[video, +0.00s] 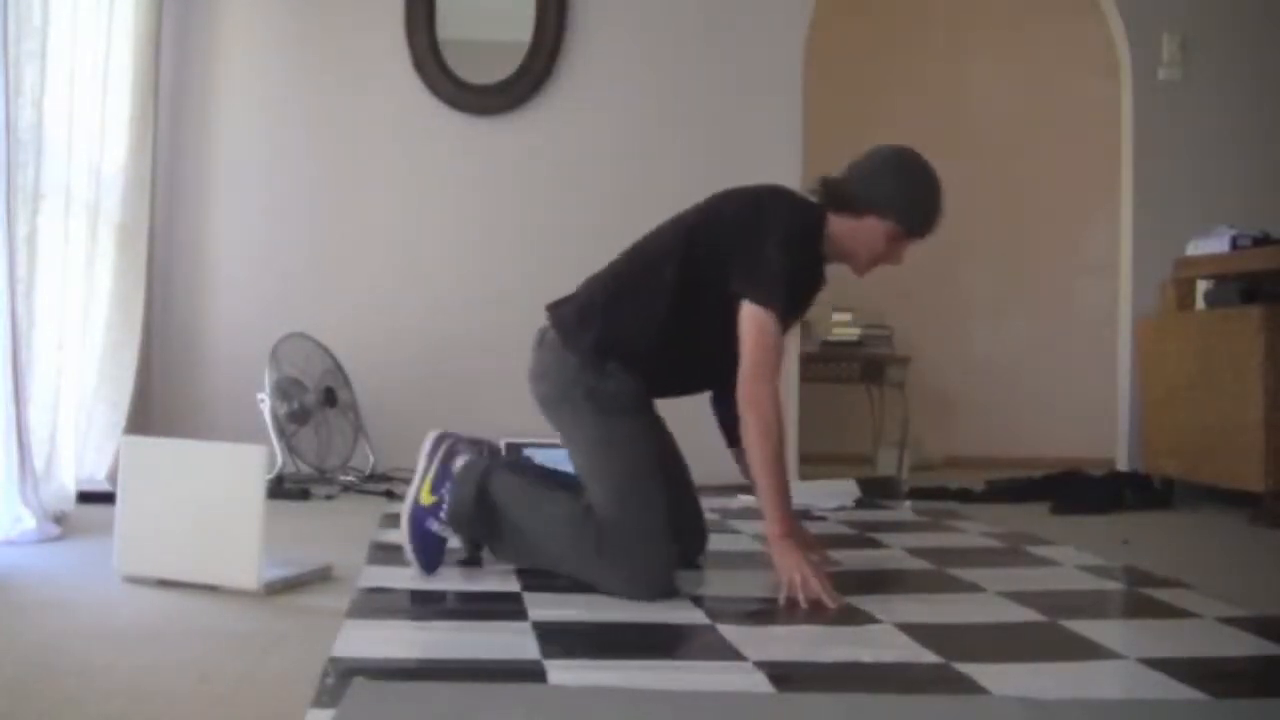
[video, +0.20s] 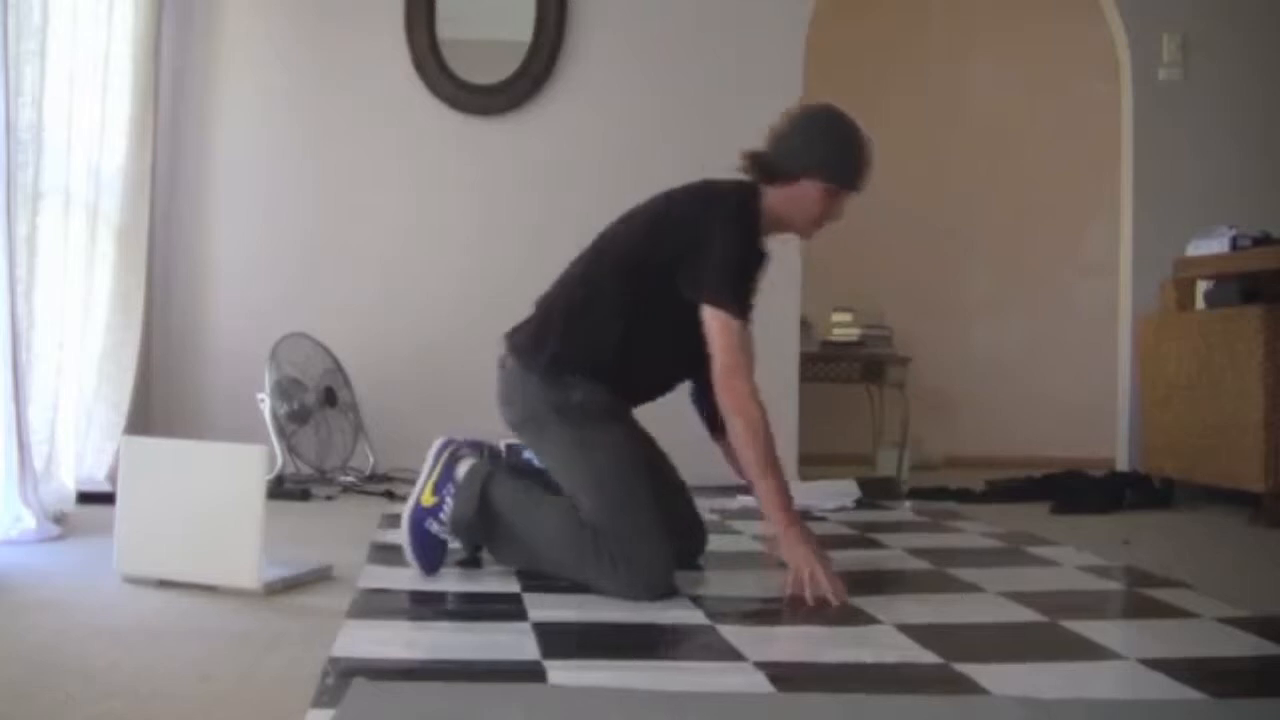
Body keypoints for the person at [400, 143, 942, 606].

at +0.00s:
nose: (897, 258)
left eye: (906, 246)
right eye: (901, 239)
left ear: (866, 212)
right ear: (869, 209)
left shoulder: (797, 252)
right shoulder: (782, 226)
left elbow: (737, 397)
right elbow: (754, 388)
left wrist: (781, 517)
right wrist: (781, 534)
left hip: (617, 377)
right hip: (581, 365)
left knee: (681, 541)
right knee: (640, 569)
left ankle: (503, 481)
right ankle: (469, 486)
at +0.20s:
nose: (837, 215)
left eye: (843, 200)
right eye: (838, 197)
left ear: (801, 179)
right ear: (809, 182)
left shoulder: (733, 228)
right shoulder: (725, 221)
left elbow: (714, 392)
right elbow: (734, 391)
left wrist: (774, 510)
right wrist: (786, 527)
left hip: (584, 392)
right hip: (551, 388)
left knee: (680, 542)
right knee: (643, 574)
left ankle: (515, 479)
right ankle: (471, 494)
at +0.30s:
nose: (808, 191)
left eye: (813, 176)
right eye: (806, 173)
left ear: (759, 158)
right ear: (771, 160)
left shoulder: (701, 213)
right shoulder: (702, 216)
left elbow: (674, 391)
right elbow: (709, 389)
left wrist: (709, 487)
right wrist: (776, 513)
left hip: (571, 398)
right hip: (541, 397)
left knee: (679, 542)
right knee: (642, 573)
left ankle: (495, 479)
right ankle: (474, 495)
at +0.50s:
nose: (786, 168)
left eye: (788, 151)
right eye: (783, 150)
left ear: (742, 140)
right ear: (752, 143)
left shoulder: (683, 196)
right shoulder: (681, 201)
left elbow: (700, 362)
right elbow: (699, 370)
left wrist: (744, 431)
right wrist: (748, 437)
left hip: (574, 405)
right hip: (534, 407)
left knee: (680, 543)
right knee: (639, 576)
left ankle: (488, 478)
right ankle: (472, 497)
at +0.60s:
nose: (778, 162)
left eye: (780, 145)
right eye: (775, 144)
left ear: (722, 130)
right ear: (743, 135)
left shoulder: (678, 190)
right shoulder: (672, 193)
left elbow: (723, 353)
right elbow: (720, 358)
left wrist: (783, 404)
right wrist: (790, 409)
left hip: (578, 405)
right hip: (532, 408)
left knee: (680, 543)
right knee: (638, 576)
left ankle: (488, 478)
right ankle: (472, 495)